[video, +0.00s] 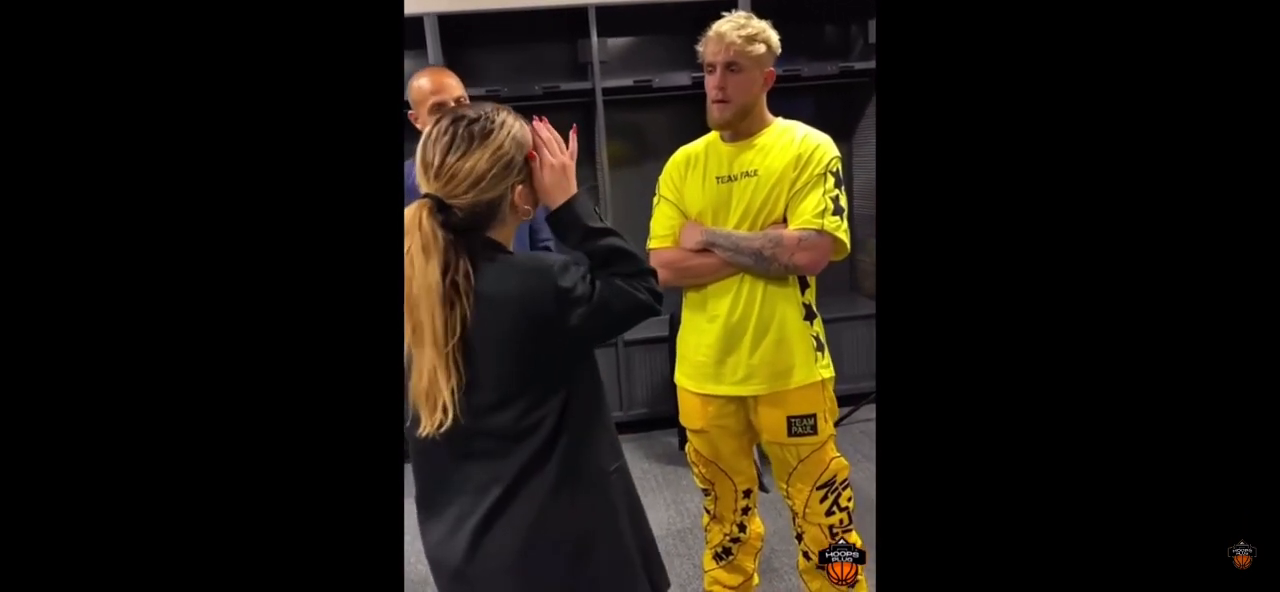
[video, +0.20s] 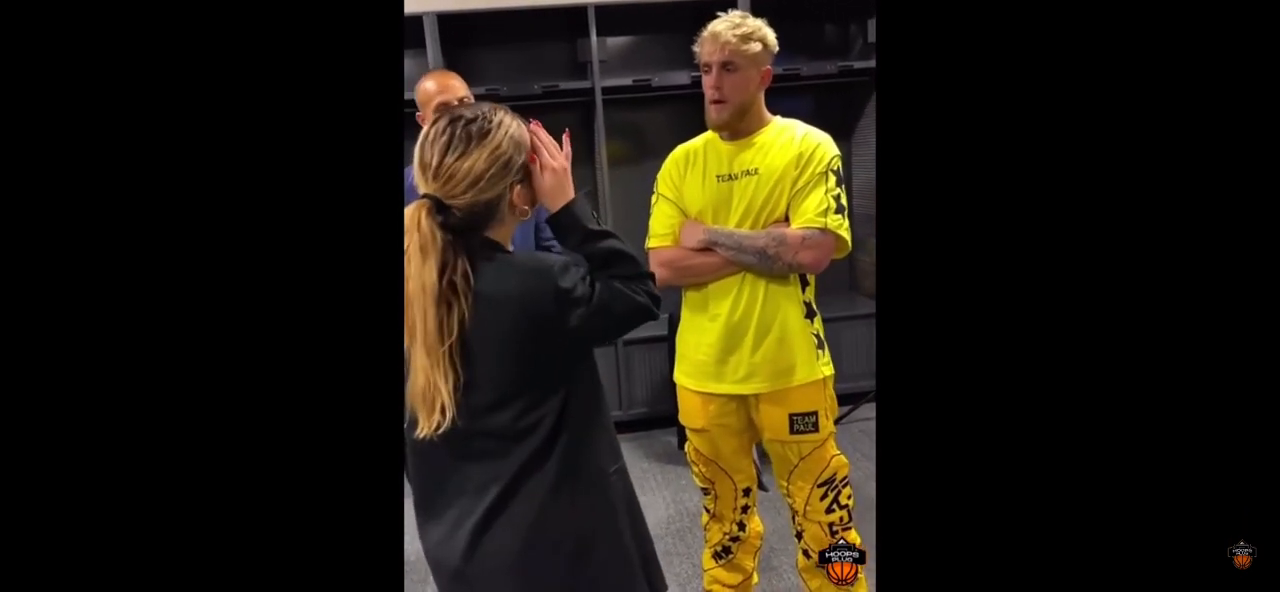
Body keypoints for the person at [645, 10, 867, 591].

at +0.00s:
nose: (716, 83)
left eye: (733, 69)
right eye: (709, 70)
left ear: (767, 77)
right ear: (702, 77)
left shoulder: (810, 149)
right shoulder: (682, 164)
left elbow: (813, 253)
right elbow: (665, 267)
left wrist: (704, 236)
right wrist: (765, 248)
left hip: (790, 368)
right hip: (703, 371)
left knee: (823, 519)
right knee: (724, 522)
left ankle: (838, 584)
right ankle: (728, 585)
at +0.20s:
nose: (712, 83)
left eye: (728, 68)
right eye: (706, 69)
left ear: (764, 76)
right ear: (699, 75)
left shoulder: (809, 147)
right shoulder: (680, 162)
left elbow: (815, 252)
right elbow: (663, 267)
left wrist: (704, 235)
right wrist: (766, 246)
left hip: (791, 367)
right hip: (703, 370)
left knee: (823, 520)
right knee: (723, 523)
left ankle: (839, 583)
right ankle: (727, 584)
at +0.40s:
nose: (706, 83)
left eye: (721, 68)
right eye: (700, 69)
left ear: (758, 75)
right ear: (696, 74)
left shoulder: (808, 146)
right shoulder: (679, 160)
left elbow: (815, 250)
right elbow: (661, 265)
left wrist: (705, 233)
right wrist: (764, 245)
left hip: (791, 365)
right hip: (703, 369)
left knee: (824, 519)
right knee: (723, 522)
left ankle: (838, 584)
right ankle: (727, 585)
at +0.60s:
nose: (704, 79)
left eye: (719, 65)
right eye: (698, 65)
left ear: (757, 73)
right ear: (694, 72)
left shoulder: (807, 146)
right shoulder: (678, 161)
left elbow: (813, 250)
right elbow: (661, 266)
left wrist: (703, 234)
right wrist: (763, 246)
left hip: (789, 366)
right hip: (702, 369)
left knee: (824, 525)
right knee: (723, 527)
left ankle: (837, 584)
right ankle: (726, 585)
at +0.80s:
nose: (705, 76)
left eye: (722, 62)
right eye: (699, 63)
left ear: (757, 71)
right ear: (694, 71)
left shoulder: (805, 145)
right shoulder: (678, 161)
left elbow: (810, 249)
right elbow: (660, 266)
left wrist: (701, 234)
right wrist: (761, 245)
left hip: (786, 365)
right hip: (700, 369)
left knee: (820, 521)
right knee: (720, 524)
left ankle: (834, 584)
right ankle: (724, 585)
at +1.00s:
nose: (707, 76)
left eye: (724, 62)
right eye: (700, 63)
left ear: (758, 71)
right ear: (694, 72)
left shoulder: (804, 144)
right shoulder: (678, 162)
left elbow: (807, 248)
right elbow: (660, 267)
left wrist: (700, 234)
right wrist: (759, 245)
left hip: (784, 365)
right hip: (698, 369)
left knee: (817, 517)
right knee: (717, 520)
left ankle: (833, 583)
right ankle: (723, 584)